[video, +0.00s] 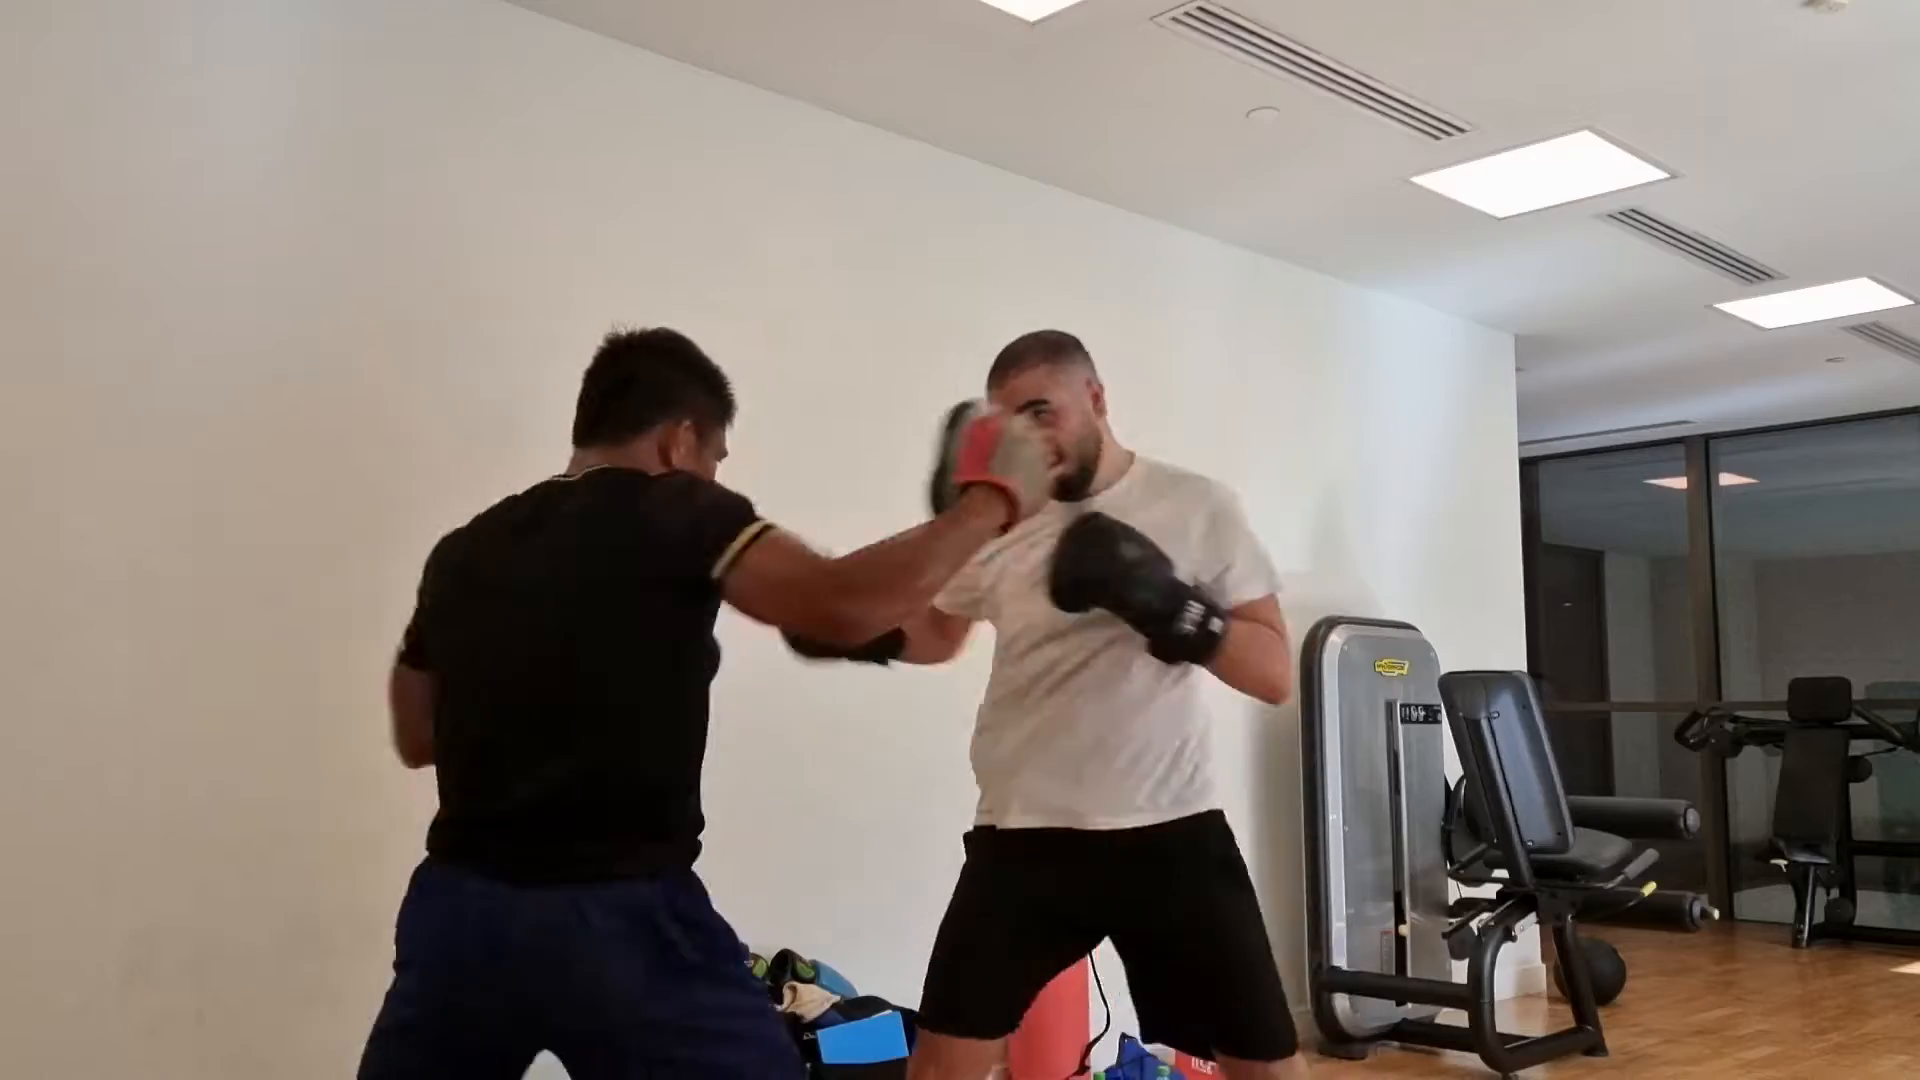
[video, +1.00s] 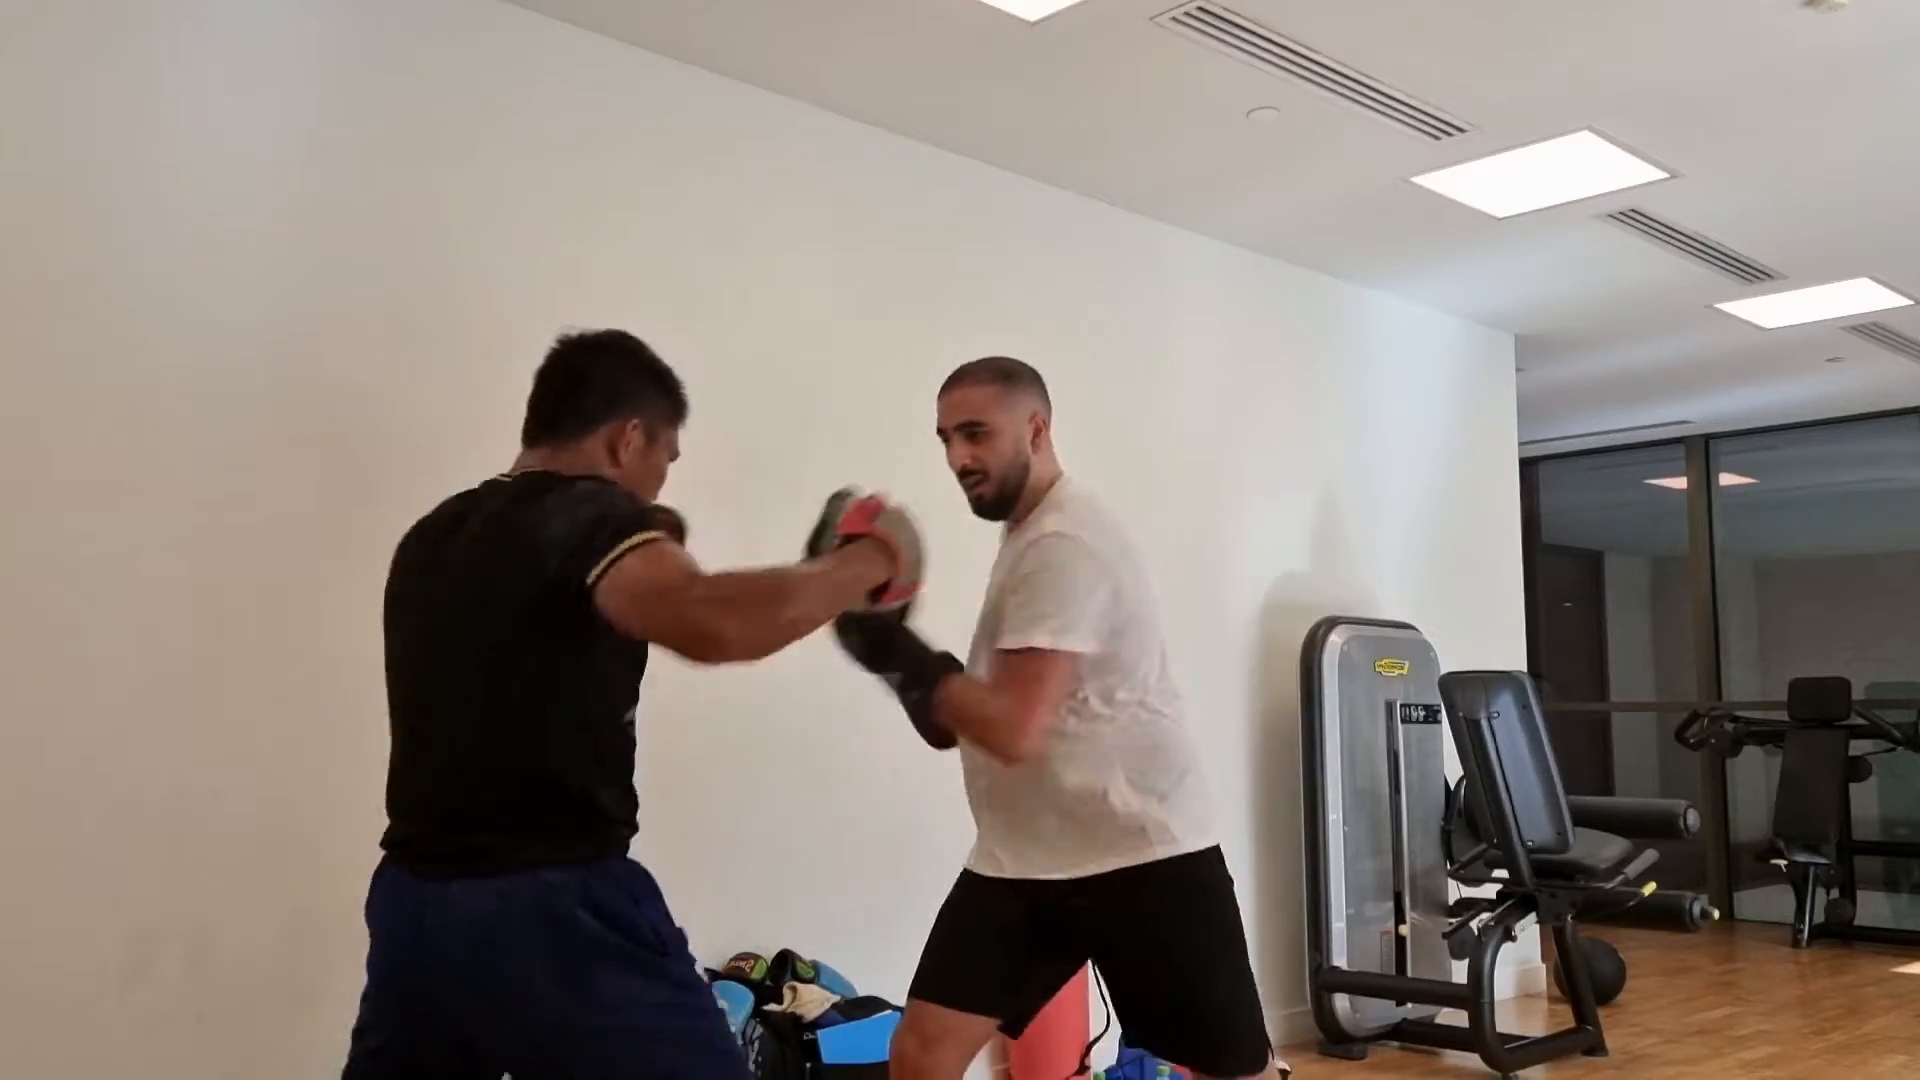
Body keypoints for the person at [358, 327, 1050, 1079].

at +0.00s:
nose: (714, 482)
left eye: (721, 465)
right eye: (716, 462)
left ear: (585, 433)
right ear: (677, 440)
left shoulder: (464, 551)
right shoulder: (677, 510)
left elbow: (416, 736)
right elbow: (839, 604)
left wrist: (551, 707)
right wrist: (989, 502)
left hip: (456, 926)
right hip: (630, 928)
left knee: (401, 1069)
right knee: (765, 1060)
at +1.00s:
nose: (660, 489)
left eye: (666, 466)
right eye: (664, 461)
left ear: (538, 432)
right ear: (625, 440)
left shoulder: (427, 539)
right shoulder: (593, 515)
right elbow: (707, 620)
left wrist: (639, 542)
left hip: (416, 923)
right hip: (568, 922)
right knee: (701, 1064)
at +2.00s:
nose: (848, 471)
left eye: (852, 450)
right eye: (847, 447)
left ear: (773, 442)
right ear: (798, 443)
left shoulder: (769, 552)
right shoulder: (700, 542)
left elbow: (919, 558)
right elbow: (781, 719)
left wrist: (1059, 522)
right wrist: (863, 601)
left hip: (563, 906)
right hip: (641, 917)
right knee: (788, 1065)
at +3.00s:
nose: (747, 483)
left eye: (748, 461)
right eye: (746, 459)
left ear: (616, 461)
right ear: (711, 457)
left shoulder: (519, 561)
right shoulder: (768, 540)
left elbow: (421, 628)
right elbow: (917, 541)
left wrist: (498, 579)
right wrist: (977, 536)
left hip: (547, 940)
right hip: (730, 939)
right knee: (861, 1053)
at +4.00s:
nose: (798, 503)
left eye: (801, 482)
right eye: (798, 481)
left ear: (672, 471)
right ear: (760, 479)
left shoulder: (607, 590)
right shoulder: (721, 581)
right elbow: (839, 742)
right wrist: (920, 677)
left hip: (545, 954)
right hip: (680, 966)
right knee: (847, 1064)